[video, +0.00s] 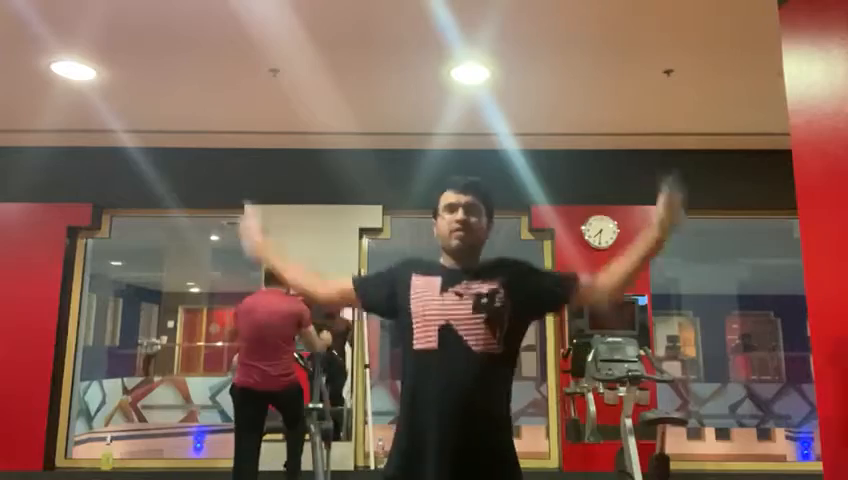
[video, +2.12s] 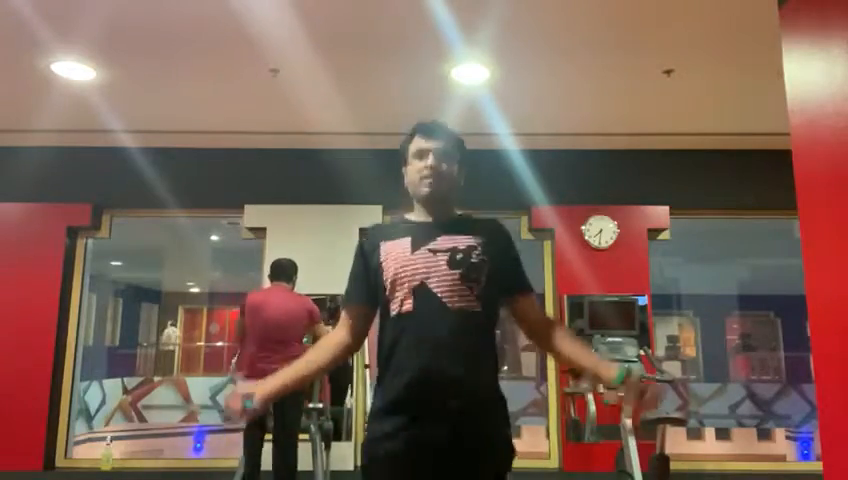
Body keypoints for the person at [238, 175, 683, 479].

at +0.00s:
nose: (460, 219)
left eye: (472, 212)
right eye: (451, 211)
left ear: (488, 226)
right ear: (434, 223)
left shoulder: (514, 279)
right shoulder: (405, 278)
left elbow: (600, 292)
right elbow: (327, 293)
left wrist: (655, 232)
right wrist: (264, 251)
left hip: (487, 460)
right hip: (414, 457)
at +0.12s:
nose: (457, 246)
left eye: (469, 238)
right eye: (447, 237)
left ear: (484, 252)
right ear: (428, 249)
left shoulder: (514, 301)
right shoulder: (398, 302)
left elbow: (604, 300)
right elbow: (307, 303)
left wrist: (673, 240)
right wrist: (239, 259)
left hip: (490, 470)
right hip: (415, 469)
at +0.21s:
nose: (452, 271)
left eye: (463, 263)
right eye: (441, 262)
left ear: (480, 276)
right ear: (425, 274)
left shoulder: (511, 333)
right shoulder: (394, 333)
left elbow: (588, 356)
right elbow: (316, 359)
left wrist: (660, 348)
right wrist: (247, 354)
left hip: (489, 473)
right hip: (414, 473)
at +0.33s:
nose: (447, 281)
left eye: (458, 273)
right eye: (437, 272)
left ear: (475, 288)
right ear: (420, 284)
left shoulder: (503, 350)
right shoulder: (389, 351)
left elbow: (575, 410)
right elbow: (317, 417)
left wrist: (647, 461)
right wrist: (235, 462)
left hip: (482, 474)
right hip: (409, 472)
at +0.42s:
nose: (443, 231)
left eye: (454, 222)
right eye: (434, 221)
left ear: (471, 234)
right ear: (418, 232)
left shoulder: (503, 303)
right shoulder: (390, 307)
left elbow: (556, 387)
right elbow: (328, 396)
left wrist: (623, 465)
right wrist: (248, 465)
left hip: (482, 468)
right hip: (408, 468)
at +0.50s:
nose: (442, 185)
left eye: (453, 178)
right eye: (432, 177)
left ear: (469, 193)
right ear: (416, 193)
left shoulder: (499, 257)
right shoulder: (389, 260)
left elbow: (542, 363)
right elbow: (347, 356)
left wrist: (594, 430)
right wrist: (283, 431)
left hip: (482, 441)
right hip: (407, 440)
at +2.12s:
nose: (433, 164)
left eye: (445, 156)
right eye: (421, 156)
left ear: (461, 173)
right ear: (404, 171)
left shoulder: (489, 235)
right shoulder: (376, 240)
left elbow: (540, 327)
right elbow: (345, 334)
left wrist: (606, 372)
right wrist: (267, 389)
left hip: (477, 423)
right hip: (398, 424)